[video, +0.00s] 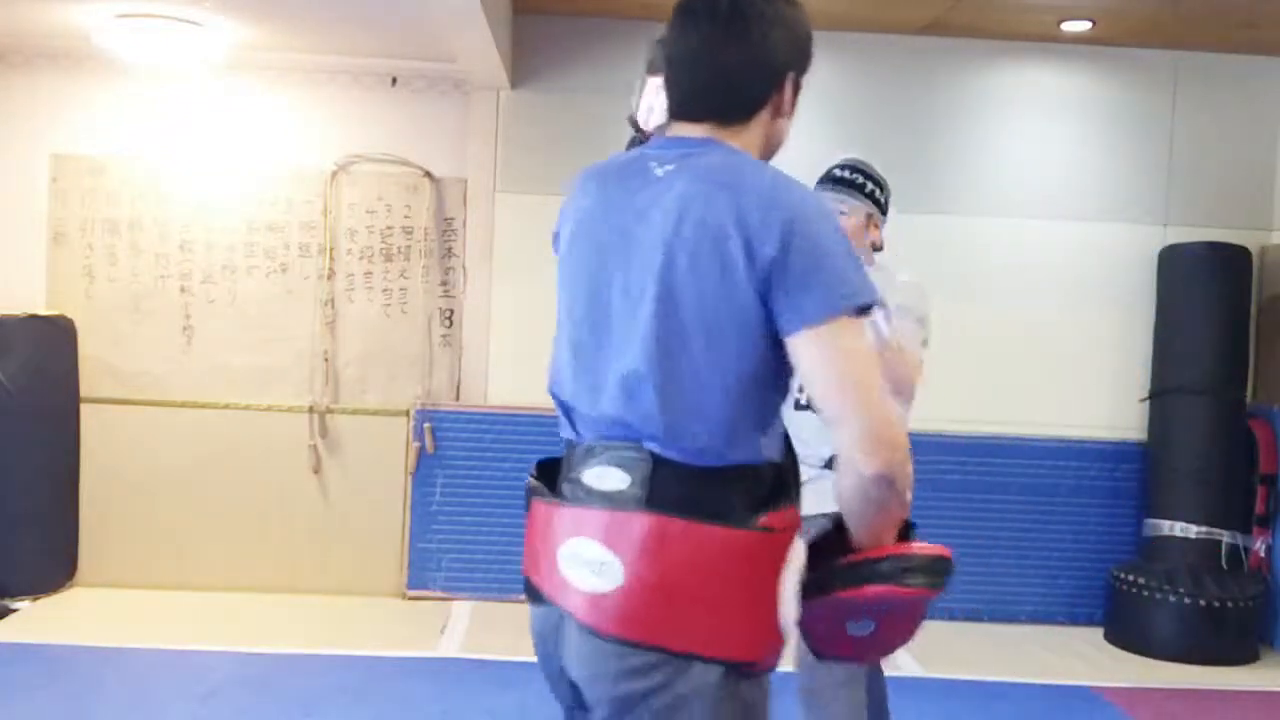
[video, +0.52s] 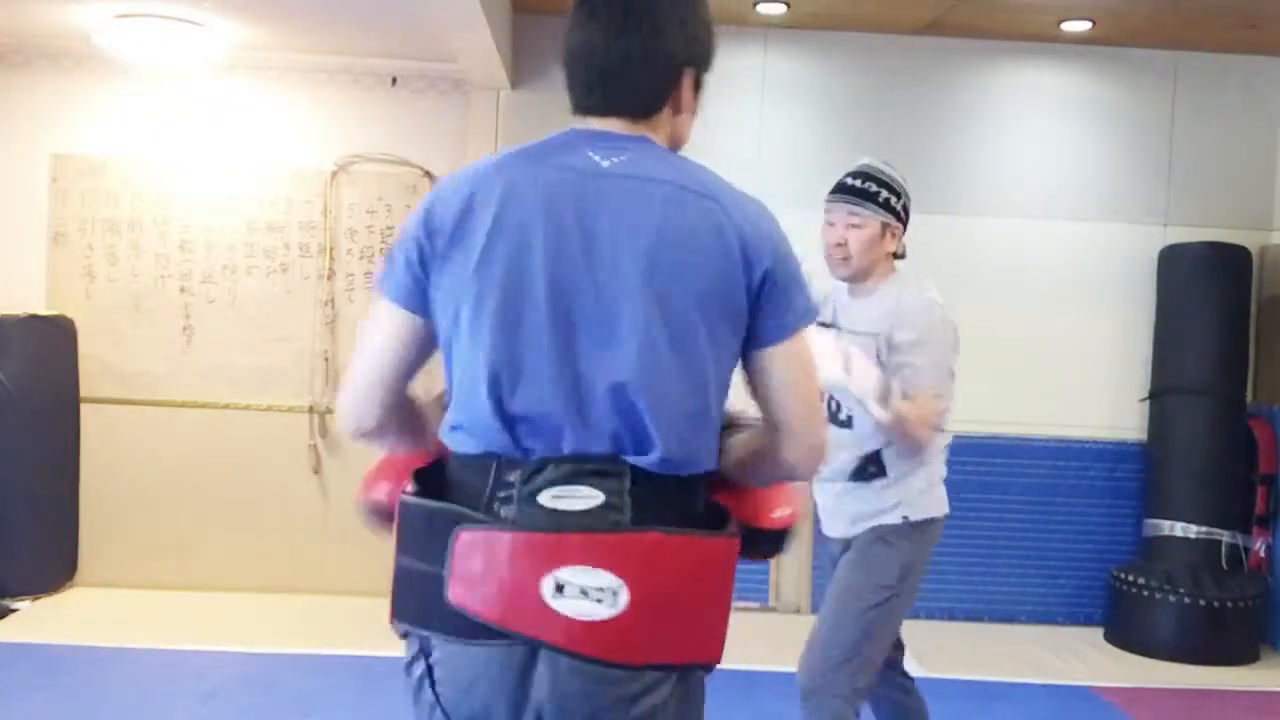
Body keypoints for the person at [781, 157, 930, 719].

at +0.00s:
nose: (833, 224)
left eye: (847, 214)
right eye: (826, 210)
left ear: (875, 230)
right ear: (809, 215)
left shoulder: (896, 293)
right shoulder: (784, 281)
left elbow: (902, 383)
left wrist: (850, 300)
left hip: (842, 496)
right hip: (775, 491)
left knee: (831, 653)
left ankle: (839, 711)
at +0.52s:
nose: (837, 238)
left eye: (855, 226)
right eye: (831, 223)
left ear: (892, 237)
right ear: (822, 226)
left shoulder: (919, 312)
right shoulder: (818, 299)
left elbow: (922, 431)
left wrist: (870, 390)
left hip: (900, 513)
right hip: (835, 509)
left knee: (824, 676)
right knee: (876, 671)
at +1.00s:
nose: (863, 215)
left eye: (881, 202)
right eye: (851, 203)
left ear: (917, 218)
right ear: (838, 216)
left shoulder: (945, 315)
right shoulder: (801, 289)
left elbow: (1023, 413)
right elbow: (732, 372)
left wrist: (1065, 372)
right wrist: (729, 358)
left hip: (865, 537)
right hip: (773, 519)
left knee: (811, 703)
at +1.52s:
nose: (807, 201)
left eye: (826, 184)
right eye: (800, 185)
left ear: (876, 191)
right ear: (792, 189)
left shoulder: (907, 299)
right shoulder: (767, 268)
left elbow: (962, 419)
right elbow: (705, 365)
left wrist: (931, 351)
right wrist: (614, 410)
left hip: (796, 513)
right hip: (712, 455)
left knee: (751, 699)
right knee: (620, 502)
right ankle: (494, 611)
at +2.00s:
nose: (729, 204)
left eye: (747, 190)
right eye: (724, 189)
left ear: (796, 202)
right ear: (716, 194)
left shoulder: (829, 292)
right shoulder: (731, 289)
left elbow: (871, 418)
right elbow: (727, 401)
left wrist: (797, 388)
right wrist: (675, 387)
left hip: (793, 528)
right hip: (744, 523)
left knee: (727, 702)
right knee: (796, 691)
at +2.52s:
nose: (751, 235)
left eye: (770, 220)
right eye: (742, 219)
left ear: (808, 235)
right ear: (731, 227)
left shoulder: (838, 316)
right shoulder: (741, 317)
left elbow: (834, 444)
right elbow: (718, 438)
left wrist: (782, 377)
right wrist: (690, 385)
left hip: (823, 540)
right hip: (756, 540)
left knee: (742, 699)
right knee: (778, 692)